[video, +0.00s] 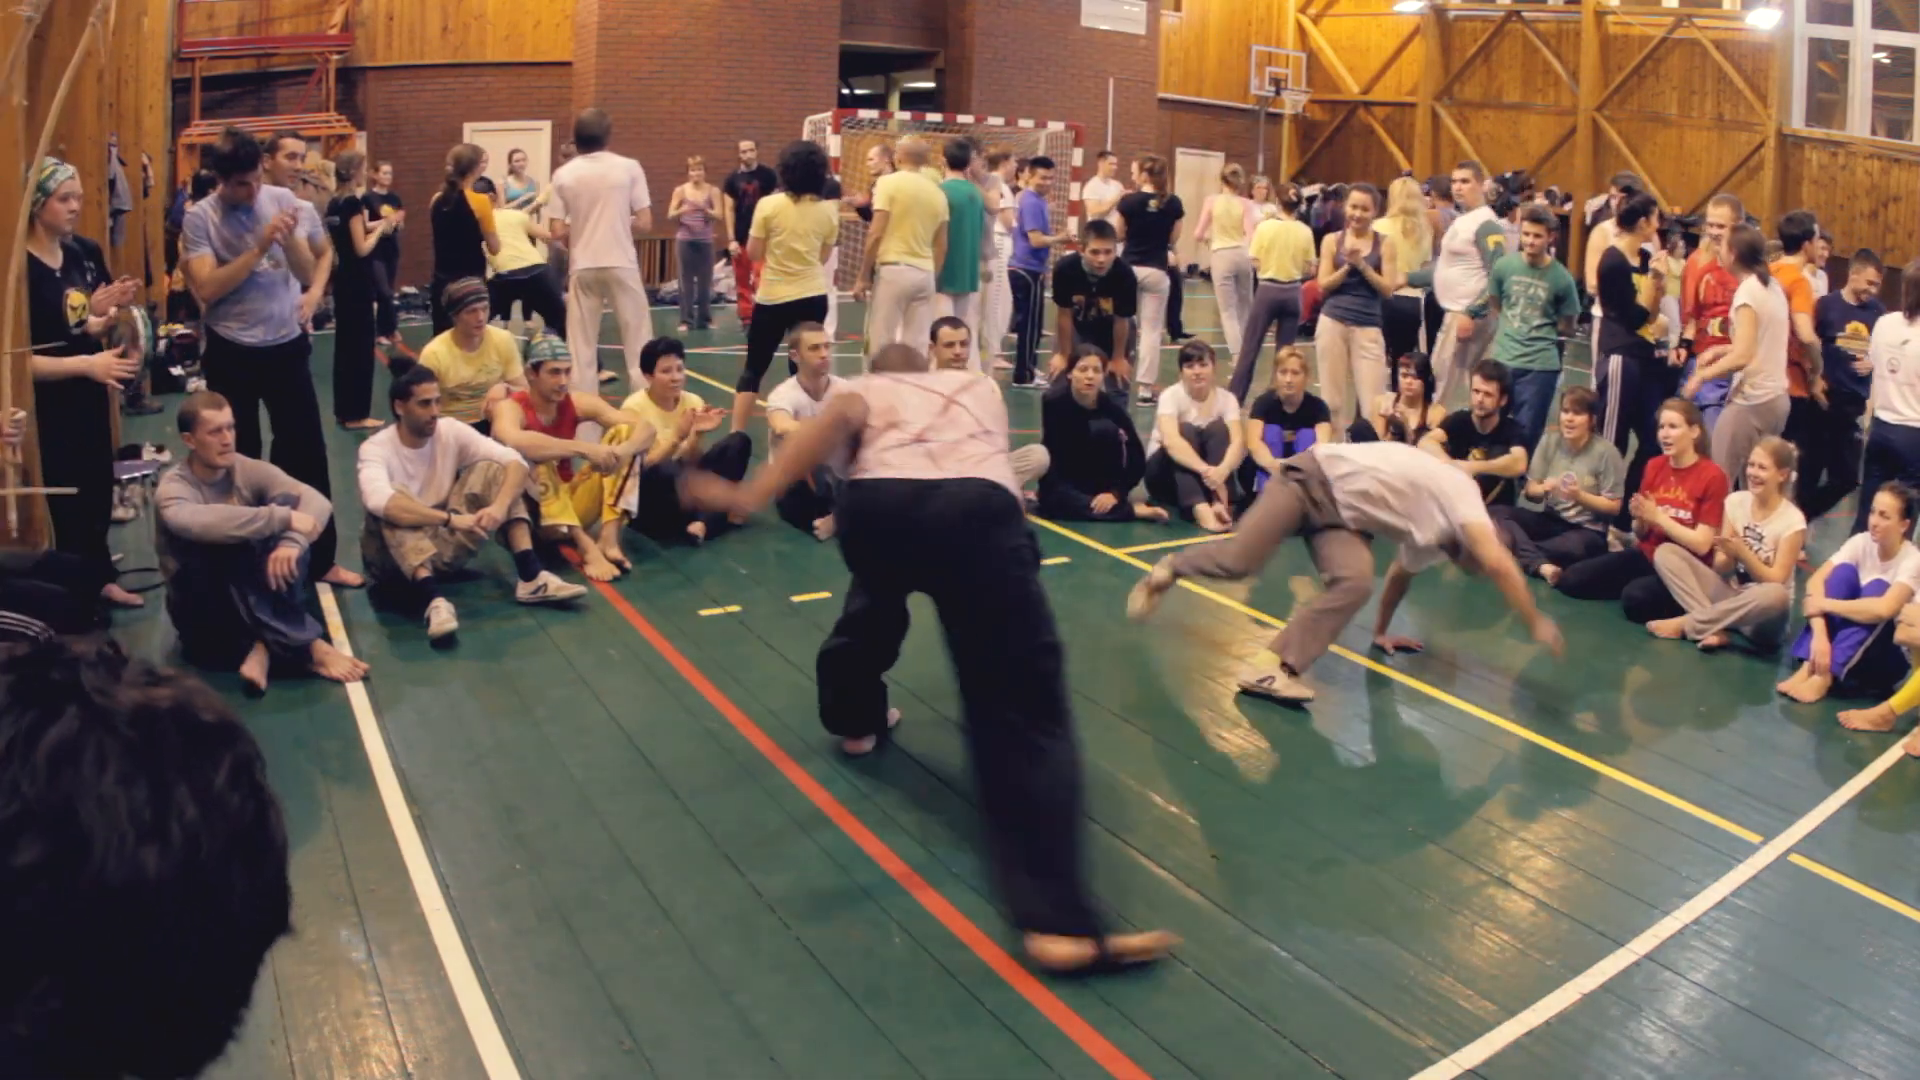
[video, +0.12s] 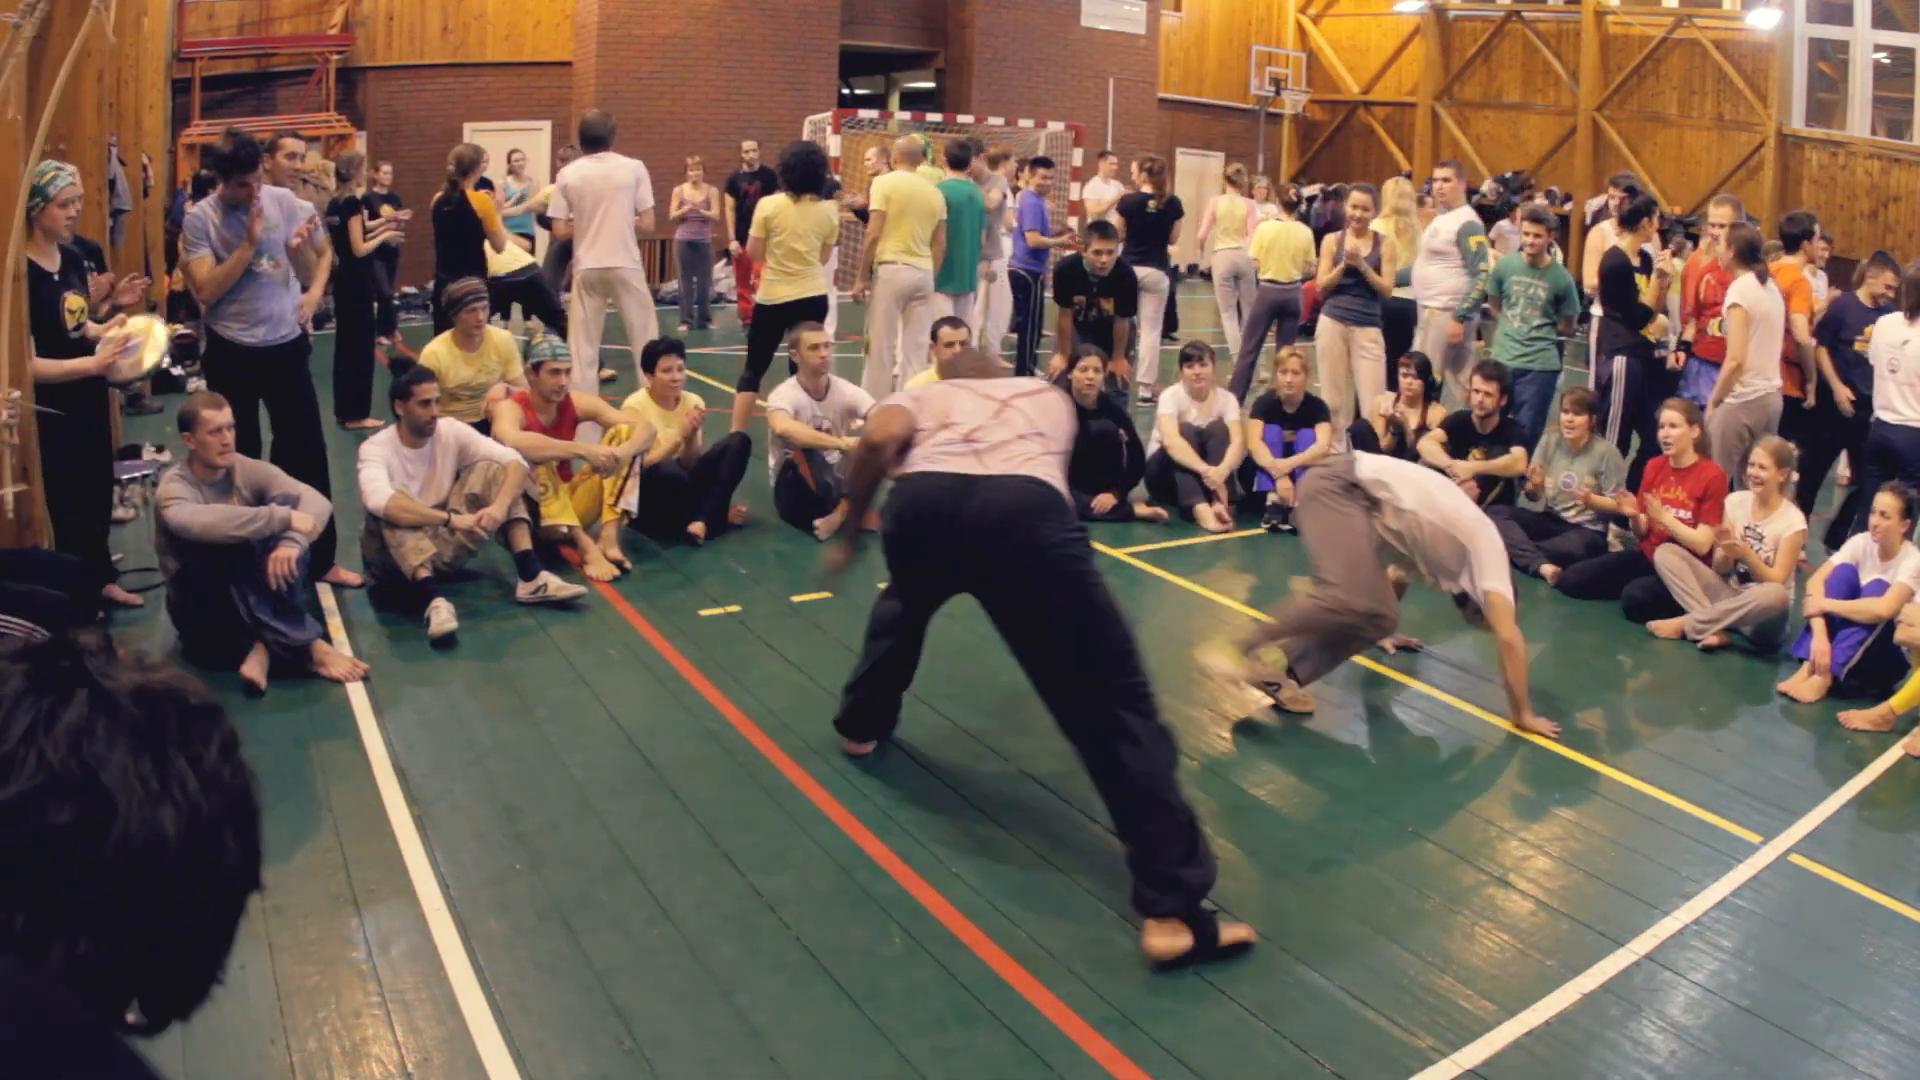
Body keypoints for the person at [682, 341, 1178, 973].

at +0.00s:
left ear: (876, 374)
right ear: (932, 367)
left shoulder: (860, 388)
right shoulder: (977, 387)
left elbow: (814, 438)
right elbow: (991, 462)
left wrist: (747, 496)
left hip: (877, 510)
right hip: (976, 519)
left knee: (872, 599)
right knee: (1021, 706)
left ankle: (853, 722)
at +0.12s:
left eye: (942, 369)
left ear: (944, 380)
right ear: (1010, 374)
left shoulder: (920, 393)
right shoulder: (1049, 395)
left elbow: (880, 437)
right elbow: (1052, 460)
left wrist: (850, 524)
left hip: (922, 503)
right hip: (1028, 513)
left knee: (906, 597)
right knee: (1114, 704)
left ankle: (861, 725)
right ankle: (1172, 906)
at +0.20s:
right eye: (1129, 362)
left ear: (1048, 354)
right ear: (1115, 360)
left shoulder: (995, 374)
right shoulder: (1125, 387)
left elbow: (915, 435)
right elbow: (1111, 501)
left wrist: (921, 522)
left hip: (950, 504)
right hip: (1048, 524)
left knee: (928, 606)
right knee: (1168, 696)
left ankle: (869, 729)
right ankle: (1173, 898)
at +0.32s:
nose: (1295, 374)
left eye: (1296, 364)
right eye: (1294, 363)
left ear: (1228, 333)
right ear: (1278, 354)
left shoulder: (1137, 354)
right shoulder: (1267, 389)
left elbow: (1016, 401)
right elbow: (1277, 473)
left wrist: (922, 490)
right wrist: (1314, 452)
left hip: (989, 511)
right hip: (1066, 548)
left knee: (989, 607)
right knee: (1228, 670)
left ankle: (879, 719)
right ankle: (1214, 869)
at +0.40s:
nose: (1391, 401)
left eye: (1393, 387)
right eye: (1390, 387)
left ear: (1324, 357)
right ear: (1367, 384)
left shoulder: (1240, 359)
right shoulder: (1343, 433)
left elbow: (1111, 377)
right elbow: (1399, 531)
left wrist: (1003, 389)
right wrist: (1386, 465)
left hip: (1048, 507)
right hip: (1096, 563)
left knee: (1068, 612)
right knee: (1228, 696)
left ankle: (926, 683)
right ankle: (1227, 878)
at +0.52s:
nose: (1474, 503)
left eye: (1481, 492)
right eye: (1475, 492)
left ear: (1430, 413)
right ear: (1446, 487)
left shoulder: (1381, 388)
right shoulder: (1380, 527)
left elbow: (1283, 326)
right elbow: (1398, 690)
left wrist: (1255, 278)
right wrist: (1501, 714)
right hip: (1143, 528)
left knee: (1252, 647)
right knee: (1248, 696)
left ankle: (1114, 690)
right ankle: (1230, 877)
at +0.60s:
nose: (1478, 558)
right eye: (1486, 547)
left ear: (1478, 454)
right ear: (1468, 544)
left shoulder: (1450, 419)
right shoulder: (1372, 552)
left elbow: (1438, 313)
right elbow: (1259, 673)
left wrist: (1478, 269)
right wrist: (1290, 814)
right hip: (1190, 497)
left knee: (1359, 660)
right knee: (1235, 675)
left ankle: (1278, 765)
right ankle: (1228, 875)